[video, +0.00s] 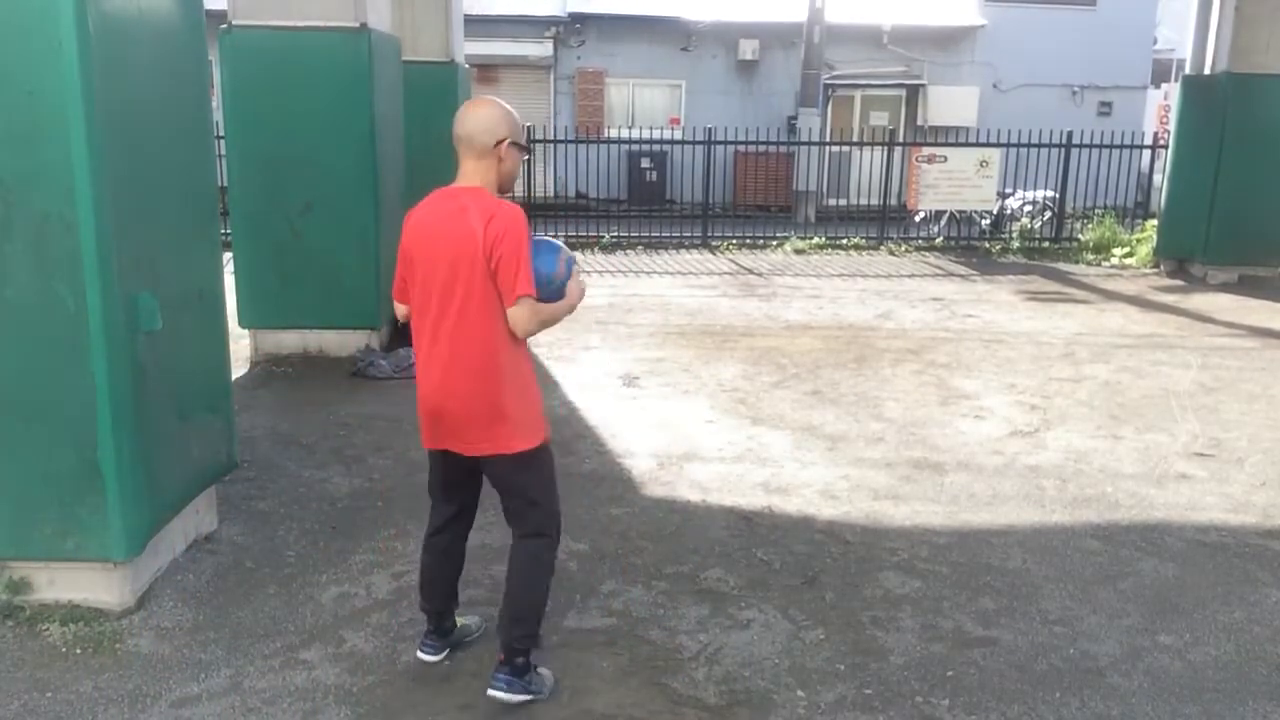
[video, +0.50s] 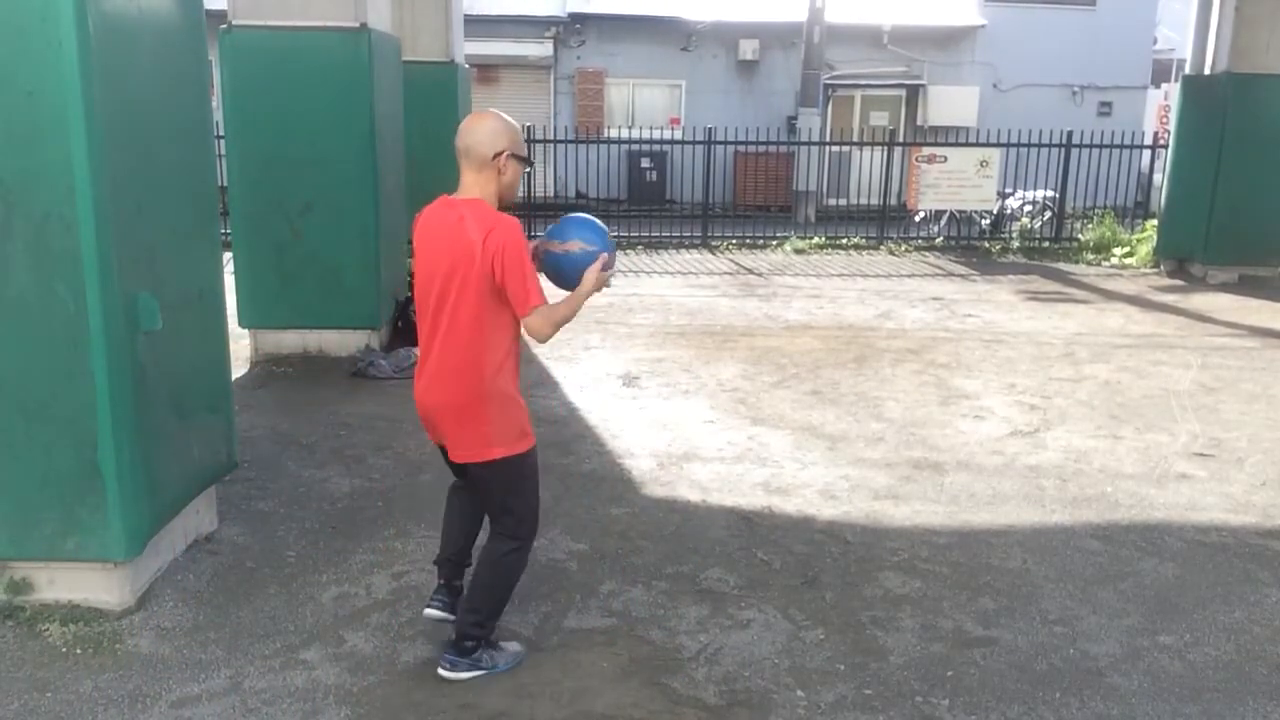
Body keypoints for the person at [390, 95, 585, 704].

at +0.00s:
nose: (521, 158)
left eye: (521, 147)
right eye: (519, 148)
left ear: (462, 148)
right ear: (500, 150)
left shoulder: (419, 215)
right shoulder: (502, 218)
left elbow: (405, 308)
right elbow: (522, 321)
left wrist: (488, 289)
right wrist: (566, 302)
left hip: (440, 404)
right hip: (502, 407)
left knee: (448, 514)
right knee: (536, 526)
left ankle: (437, 630)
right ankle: (515, 666)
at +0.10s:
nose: (516, 161)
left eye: (516, 149)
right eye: (514, 148)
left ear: (461, 148)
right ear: (491, 146)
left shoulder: (416, 211)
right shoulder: (493, 212)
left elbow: (406, 305)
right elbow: (512, 314)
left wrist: (507, 291)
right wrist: (573, 307)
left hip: (433, 400)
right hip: (492, 401)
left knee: (444, 511)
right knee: (537, 510)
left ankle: (437, 630)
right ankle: (501, 642)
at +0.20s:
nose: (516, 158)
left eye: (516, 147)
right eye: (514, 147)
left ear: (462, 146)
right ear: (492, 145)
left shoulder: (417, 210)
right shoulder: (492, 211)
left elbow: (411, 300)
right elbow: (506, 311)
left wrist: (506, 283)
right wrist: (566, 312)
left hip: (433, 398)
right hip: (491, 399)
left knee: (443, 511)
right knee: (528, 511)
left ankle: (437, 630)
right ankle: (488, 635)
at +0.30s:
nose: (518, 161)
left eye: (518, 150)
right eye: (516, 149)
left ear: (464, 148)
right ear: (494, 147)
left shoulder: (420, 210)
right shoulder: (494, 212)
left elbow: (417, 300)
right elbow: (506, 313)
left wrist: (506, 285)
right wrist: (565, 316)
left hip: (434, 400)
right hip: (489, 402)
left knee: (446, 511)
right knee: (519, 515)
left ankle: (437, 631)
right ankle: (477, 637)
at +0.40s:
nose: (521, 169)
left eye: (521, 158)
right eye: (519, 157)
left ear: (466, 157)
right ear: (499, 157)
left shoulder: (425, 217)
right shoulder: (498, 224)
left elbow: (427, 300)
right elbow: (517, 323)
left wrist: (515, 280)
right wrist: (572, 314)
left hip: (436, 406)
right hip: (490, 411)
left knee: (459, 502)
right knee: (512, 523)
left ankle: (442, 617)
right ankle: (468, 645)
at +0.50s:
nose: (522, 172)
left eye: (522, 162)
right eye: (520, 161)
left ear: (465, 161)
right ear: (501, 162)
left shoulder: (429, 218)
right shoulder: (500, 230)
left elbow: (456, 284)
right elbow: (539, 325)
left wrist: (523, 260)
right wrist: (585, 290)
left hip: (434, 395)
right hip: (485, 404)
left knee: (471, 485)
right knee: (515, 526)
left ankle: (447, 587)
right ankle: (469, 646)